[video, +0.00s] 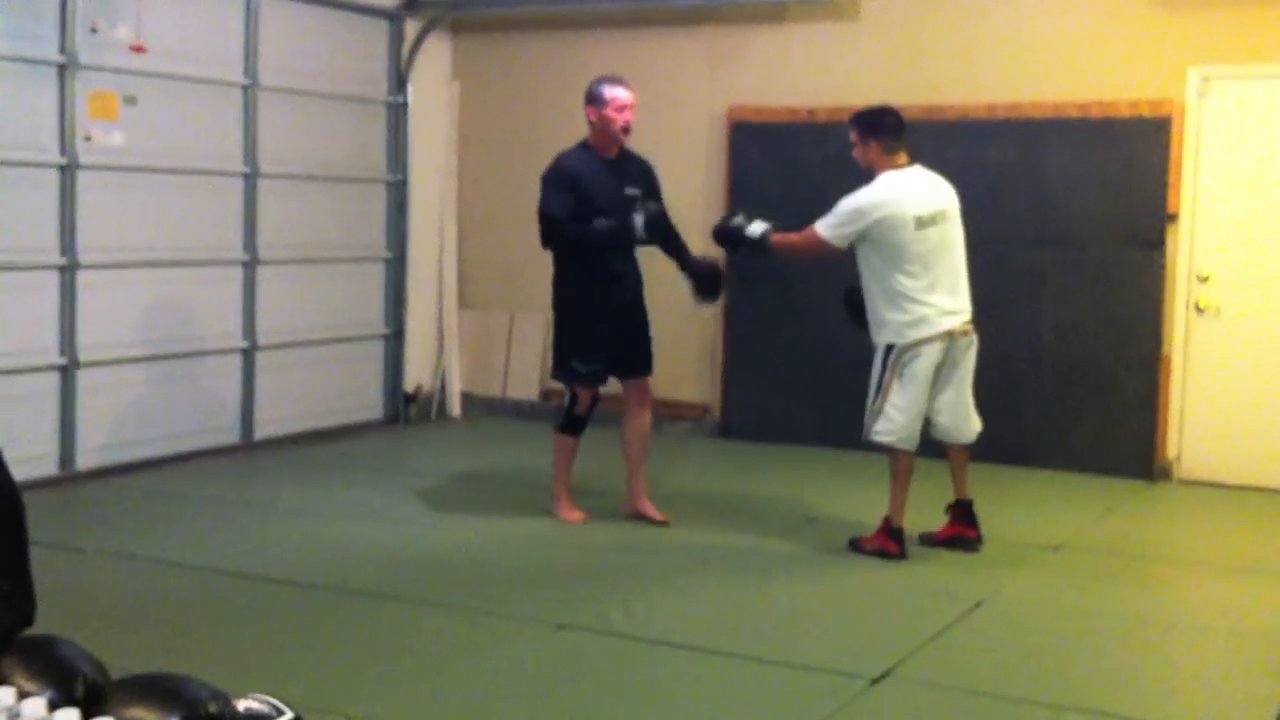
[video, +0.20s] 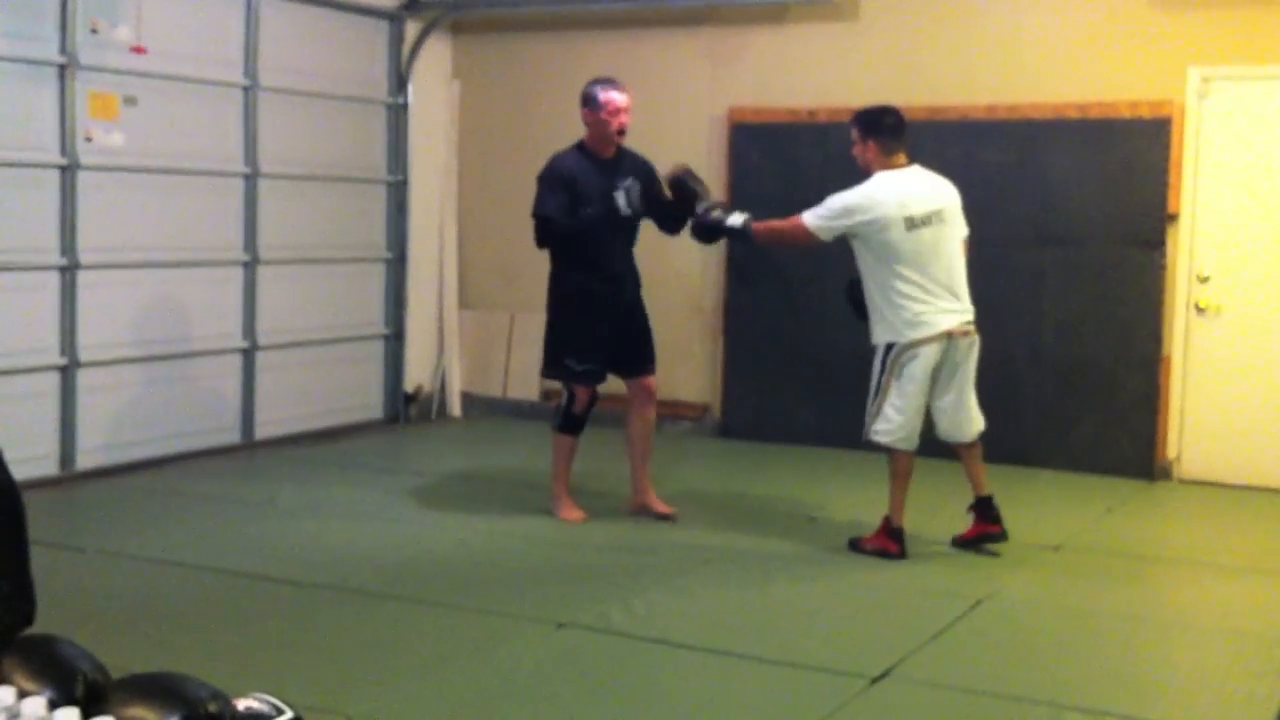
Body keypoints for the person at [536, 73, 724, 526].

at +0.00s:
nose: (629, 118)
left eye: (632, 109)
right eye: (620, 109)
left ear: (633, 113)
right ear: (592, 113)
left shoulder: (638, 169)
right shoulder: (566, 170)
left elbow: (659, 226)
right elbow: (552, 236)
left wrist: (691, 266)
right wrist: (617, 228)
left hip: (626, 296)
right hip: (580, 298)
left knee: (638, 392)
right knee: (584, 394)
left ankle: (637, 496)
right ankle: (561, 496)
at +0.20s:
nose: (624, 121)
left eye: (627, 112)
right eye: (615, 113)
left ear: (629, 114)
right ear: (588, 116)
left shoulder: (635, 168)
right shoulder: (562, 170)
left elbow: (669, 222)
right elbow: (545, 235)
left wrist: (684, 201)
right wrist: (601, 216)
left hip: (623, 295)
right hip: (576, 298)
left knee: (644, 389)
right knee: (580, 395)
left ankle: (642, 492)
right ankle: (560, 494)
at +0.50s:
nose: (630, 119)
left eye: (633, 110)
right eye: (620, 111)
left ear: (638, 114)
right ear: (596, 117)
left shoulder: (649, 168)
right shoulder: (570, 171)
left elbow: (673, 226)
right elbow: (544, 234)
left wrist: (676, 210)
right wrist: (602, 214)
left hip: (633, 296)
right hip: (585, 299)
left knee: (655, 391)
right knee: (585, 395)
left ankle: (650, 491)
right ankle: (562, 493)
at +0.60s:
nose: (639, 120)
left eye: (641, 111)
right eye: (629, 111)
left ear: (645, 115)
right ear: (604, 118)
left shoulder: (655, 169)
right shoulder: (576, 172)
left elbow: (673, 232)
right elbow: (547, 231)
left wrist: (663, 211)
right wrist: (607, 223)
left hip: (640, 297)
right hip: (591, 299)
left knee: (665, 387)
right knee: (586, 396)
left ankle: (665, 489)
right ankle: (561, 493)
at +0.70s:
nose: (656, 122)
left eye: (659, 113)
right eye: (647, 114)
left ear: (662, 118)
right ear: (621, 120)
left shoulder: (670, 174)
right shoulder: (592, 174)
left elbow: (683, 245)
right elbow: (559, 230)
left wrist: (665, 224)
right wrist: (615, 227)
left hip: (654, 303)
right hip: (605, 303)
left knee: (673, 396)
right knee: (594, 399)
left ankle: (688, 494)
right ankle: (563, 493)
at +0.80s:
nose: (668, 120)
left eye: (670, 111)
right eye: (659, 112)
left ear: (672, 117)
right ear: (633, 119)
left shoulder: (683, 174)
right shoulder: (605, 174)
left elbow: (702, 244)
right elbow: (572, 230)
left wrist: (688, 219)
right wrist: (634, 224)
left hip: (666, 304)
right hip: (617, 304)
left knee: (678, 397)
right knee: (605, 399)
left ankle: (690, 495)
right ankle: (565, 489)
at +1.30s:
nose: (694, 125)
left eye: (696, 118)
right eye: (686, 117)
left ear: (690, 120)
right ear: (659, 118)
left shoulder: (694, 169)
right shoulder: (635, 173)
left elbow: (711, 229)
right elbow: (647, 217)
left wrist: (743, 229)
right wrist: (699, 168)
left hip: (691, 299)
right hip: (646, 302)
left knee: (730, 383)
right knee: (649, 401)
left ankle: (708, 483)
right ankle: (621, 494)